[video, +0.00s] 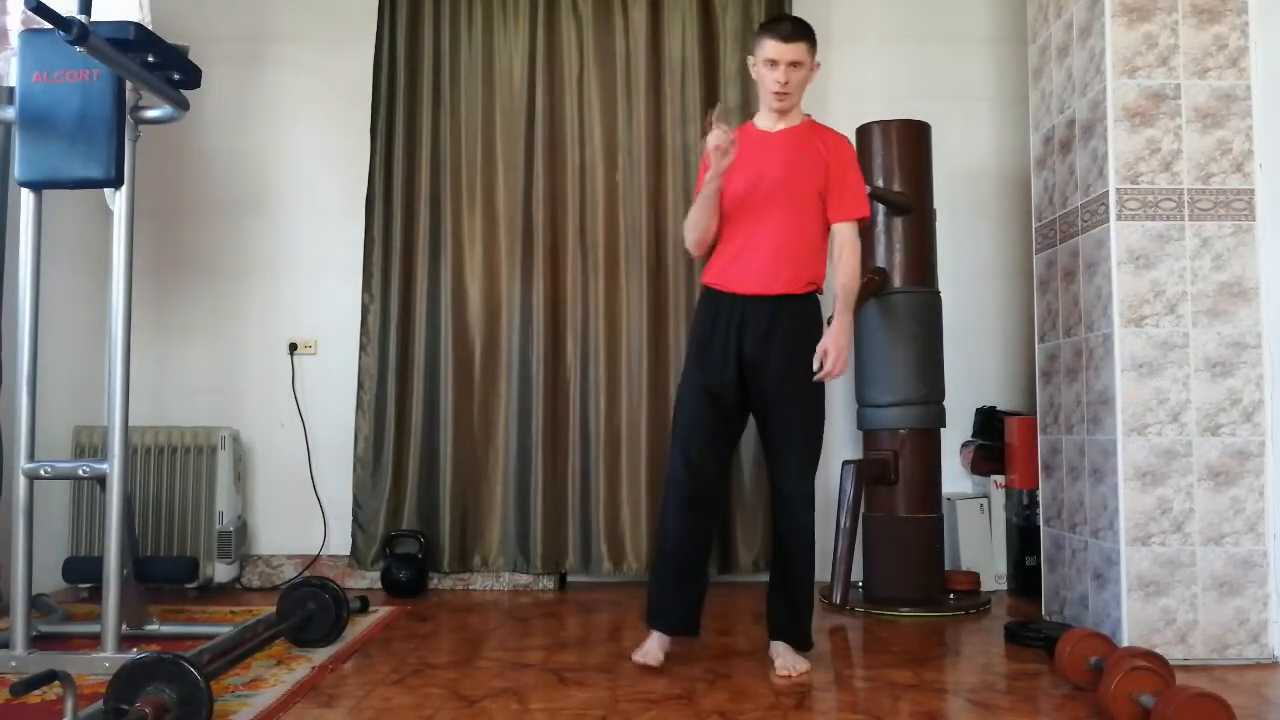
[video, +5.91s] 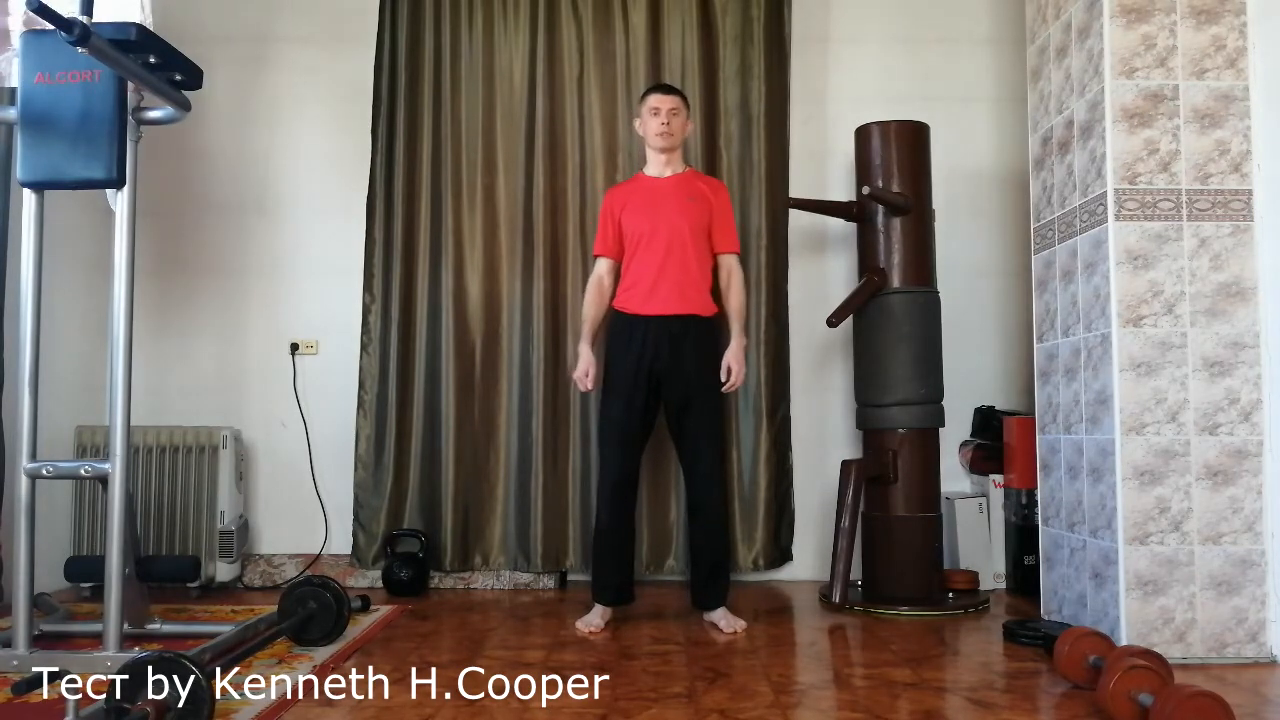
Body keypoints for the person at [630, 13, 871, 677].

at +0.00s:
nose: (781, 77)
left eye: (794, 65)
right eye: (770, 63)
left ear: (812, 71)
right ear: (752, 66)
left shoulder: (832, 149)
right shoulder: (724, 146)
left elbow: (847, 244)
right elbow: (695, 243)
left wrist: (841, 322)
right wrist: (714, 173)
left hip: (794, 324)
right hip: (721, 320)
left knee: (793, 486)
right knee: (690, 473)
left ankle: (787, 636)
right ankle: (667, 622)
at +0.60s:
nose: (748, 83)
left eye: (761, 72)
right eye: (737, 71)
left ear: (777, 80)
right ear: (720, 76)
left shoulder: (797, 155)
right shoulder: (691, 157)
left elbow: (817, 246)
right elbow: (667, 236)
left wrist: (822, 329)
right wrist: (676, 246)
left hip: (762, 323)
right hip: (694, 323)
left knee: (775, 481)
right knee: (681, 474)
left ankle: (784, 634)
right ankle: (685, 609)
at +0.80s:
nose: (728, 86)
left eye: (740, 76)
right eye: (718, 74)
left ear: (757, 86)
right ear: (700, 82)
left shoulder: (778, 157)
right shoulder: (675, 166)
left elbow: (797, 244)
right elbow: (656, 255)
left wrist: (792, 314)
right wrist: (637, 334)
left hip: (752, 324)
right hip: (680, 326)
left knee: (767, 482)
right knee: (674, 479)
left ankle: (782, 633)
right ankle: (681, 614)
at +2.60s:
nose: (666, 122)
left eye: (676, 114)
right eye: (657, 115)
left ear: (693, 128)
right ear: (642, 129)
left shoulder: (714, 193)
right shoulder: (622, 199)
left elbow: (731, 273)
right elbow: (602, 269)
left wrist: (728, 338)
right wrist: (584, 293)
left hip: (697, 339)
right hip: (634, 338)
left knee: (707, 474)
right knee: (618, 471)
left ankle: (713, 602)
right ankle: (608, 598)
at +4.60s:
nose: (667, 123)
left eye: (678, 115)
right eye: (658, 115)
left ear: (693, 128)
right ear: (643, 127)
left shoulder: (715, 192)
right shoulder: (623, 197)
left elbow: (734, 267)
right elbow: (605, 271)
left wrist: (730, 320)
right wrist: (590, 328)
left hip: (697, 338)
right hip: (632, 338)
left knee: (708, 473)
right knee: (619, 471)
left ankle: (713, 602)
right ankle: (609, 598)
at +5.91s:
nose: (664, 120)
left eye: (673, 113)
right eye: (654, 113)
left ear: (688, 126)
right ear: (638, 126)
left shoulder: (710, 191)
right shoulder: (619, 197)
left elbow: (730, 271)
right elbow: (603, 275)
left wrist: (737, 338)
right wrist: (586, 342)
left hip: (696, 340)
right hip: (630, 339)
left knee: (706, 474)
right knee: (616, 473)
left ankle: (712, 601)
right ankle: (607, 599)